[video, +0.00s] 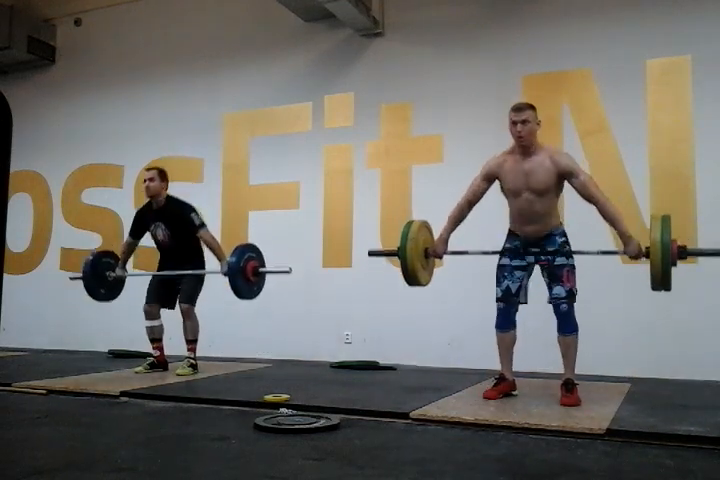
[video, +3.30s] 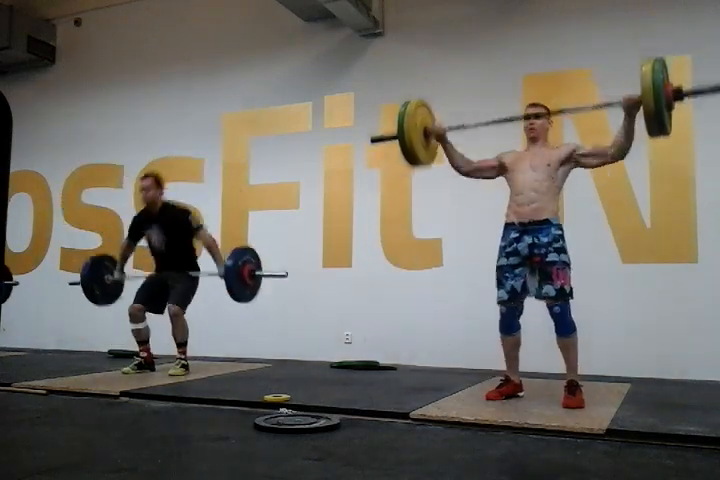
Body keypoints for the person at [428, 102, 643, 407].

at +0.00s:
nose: (519, 129)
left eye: (525, 123)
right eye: (514, 124)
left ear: (537, 125)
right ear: (509, 128)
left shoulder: (557, 161)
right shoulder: (498, 165)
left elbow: (597, 198)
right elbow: (468, 202)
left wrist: (627, 238)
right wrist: (444, 236)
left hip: (553, 241)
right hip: (516, 243)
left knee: (564, 307)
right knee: (504, 306)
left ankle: (569, 381)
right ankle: (506, 378)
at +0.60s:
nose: (525, 119)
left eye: (530, 114)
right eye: (520, 115)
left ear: (542, 118)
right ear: (515, 121)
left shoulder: (560, 152)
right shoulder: (502, 155)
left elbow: (596, 184)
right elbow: (470, 186)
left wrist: (624, 214)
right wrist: (442, 216)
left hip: (547, 236)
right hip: (512, 237)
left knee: (556, 309)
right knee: (505, 308)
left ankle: (567, 380)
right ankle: (506, 377)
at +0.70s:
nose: (531, 116)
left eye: (537, 112)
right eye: (527, 113)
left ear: (548, 119)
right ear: (521, 120)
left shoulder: (561, 145)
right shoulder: (508, 147)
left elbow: (599, 157)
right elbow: (470, 165)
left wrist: (623, 173)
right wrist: (440, 183)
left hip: (547, 221)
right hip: (512, 221)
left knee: (562, 295)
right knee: (499, 294)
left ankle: (573, 375)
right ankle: (499, 368)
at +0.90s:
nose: (531, 151)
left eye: (537, 146)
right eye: (527, 146)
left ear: (548, 151)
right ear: (521, 150)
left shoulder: (564, 180)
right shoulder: (506, 182)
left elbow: (612, 177)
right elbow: (462, 182)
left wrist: (628, 140)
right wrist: (435, 153)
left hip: (554, 272)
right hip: (516, 273)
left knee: (583, 318)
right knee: (469, 314)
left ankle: (579, 387)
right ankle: (488, 381)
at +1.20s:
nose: (517, 203)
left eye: (523, 198)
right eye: (512, 199)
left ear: (535, 199)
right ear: (506, 201)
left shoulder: (555, 223)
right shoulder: (496, 225)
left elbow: (599, 195)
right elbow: (461, 203)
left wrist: (634, 161)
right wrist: (434, 176)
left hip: (555, 304)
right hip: (517, 305)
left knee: (587, 325)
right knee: (471, 320)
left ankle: (578, 388)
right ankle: (490, 382)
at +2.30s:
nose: (518, 167)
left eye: (523, 161)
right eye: (513, 162)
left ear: (536, 160)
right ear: (507, 164)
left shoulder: (557, 183)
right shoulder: (500, 188)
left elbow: (604, 154)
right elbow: (464, 166)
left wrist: (635, 118)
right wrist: (440, 141)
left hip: (556, 270)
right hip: (520, 271)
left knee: (582, 323)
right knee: (473, 315)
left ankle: (578, 388)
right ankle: (489, 382)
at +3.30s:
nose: (532, 122)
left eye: (538, 118)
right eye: (528, 118)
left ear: (549, 123)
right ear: (523, 124)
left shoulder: (564, 153)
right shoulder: (509, 160)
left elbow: (616, 152)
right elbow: (465, 167)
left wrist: (630, 114)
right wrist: (443, 139)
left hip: (548, 235)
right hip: (512, 236)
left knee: (560, 310)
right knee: (508, 311)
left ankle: (572, 382)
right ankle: (511, 380)